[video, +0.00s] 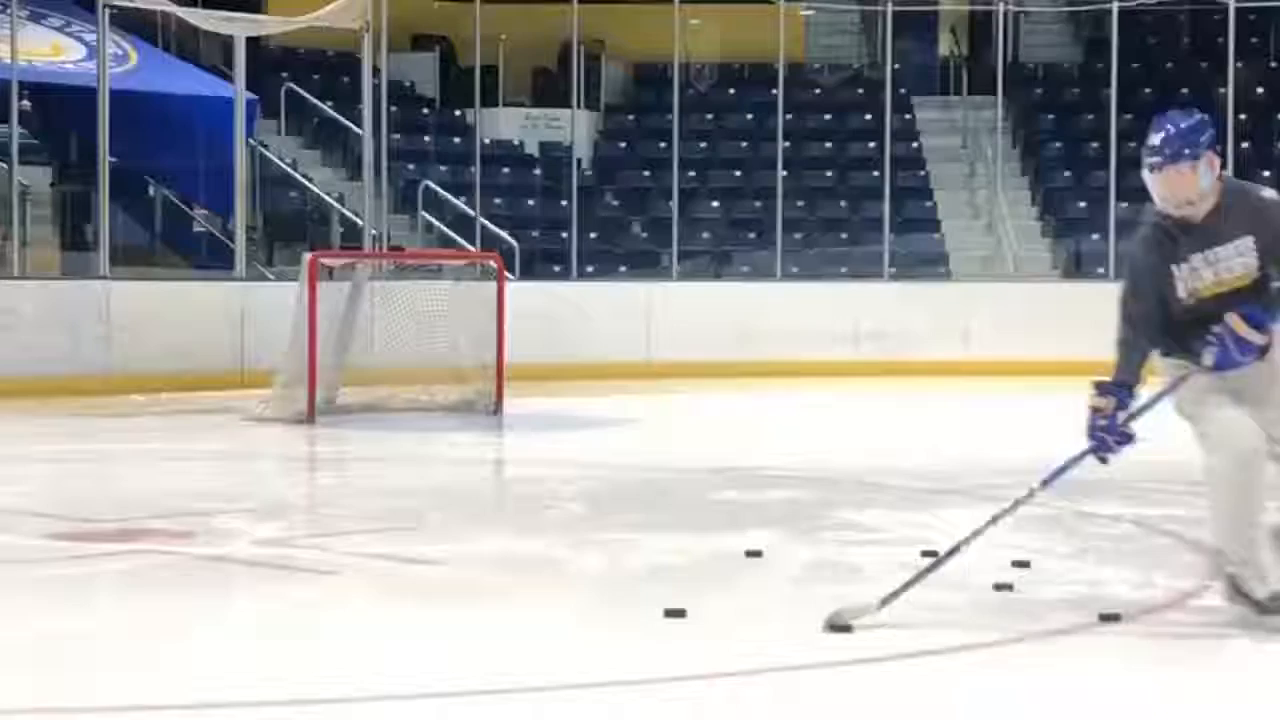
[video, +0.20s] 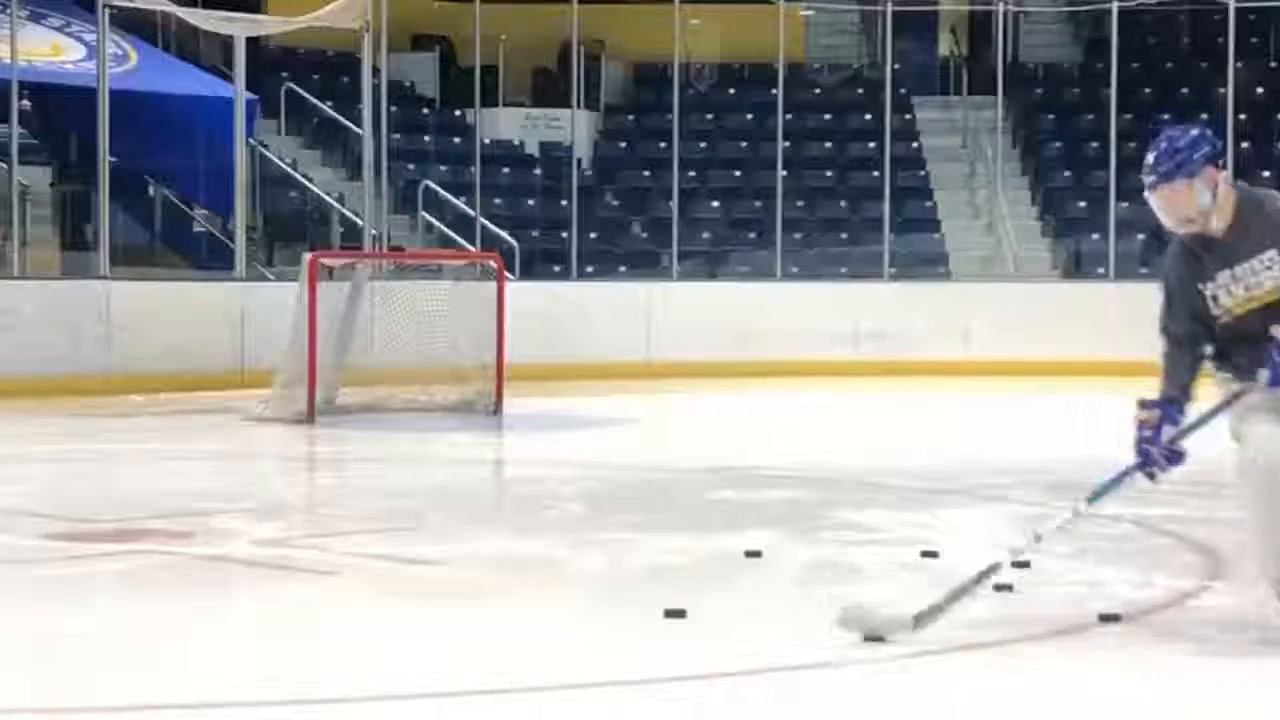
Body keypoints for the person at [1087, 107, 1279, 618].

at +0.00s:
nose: (1172, 186)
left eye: (1182, 170)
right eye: (1160, 174)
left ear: (1213, 164)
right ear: (1148, 178)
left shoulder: (1260, 210)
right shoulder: (1151, 243)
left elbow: (1278, 272)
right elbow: (1137, 328)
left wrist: (1264, 314)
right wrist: (1116, 397)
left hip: (1262, 361)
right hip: (1195, 373)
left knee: (1272, 445)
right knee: (1240, 444)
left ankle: (1257, 550)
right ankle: (1243, 563)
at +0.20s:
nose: (1171, 208)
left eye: (1178, 190)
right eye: (1160, 195)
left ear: (1214, 178)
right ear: (1152, 197)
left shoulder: (1269, 212)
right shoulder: (1184, 262)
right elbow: (1182, 342)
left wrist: (1272, 350)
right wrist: (1167, 412)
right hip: (1252, 382)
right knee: (1263, 448)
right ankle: (1272, 579)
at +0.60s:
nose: (1080, 209)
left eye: (1080, 190)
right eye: (1072, 196)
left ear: (1113, 172)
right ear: (1112, 178)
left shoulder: (1209, 203)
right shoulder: (1149, 265)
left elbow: (1266, 273)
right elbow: (1167, 366)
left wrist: (1218, 340)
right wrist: (1128, 432)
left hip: (1271, 385)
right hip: (1245, 399)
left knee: (1263, 523)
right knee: (1260, 526)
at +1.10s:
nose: (744, 189)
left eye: (748, 171)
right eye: (741, 174)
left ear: (776, 164)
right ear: (797, 164)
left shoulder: (817, 208)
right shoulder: (841, 206)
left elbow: (822, 317)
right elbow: (808, 359)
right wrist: (751, 443)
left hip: (902, 379)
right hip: (946, 377)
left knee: (805, 502)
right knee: (925, 539)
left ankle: (879, 655)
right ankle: (1008, 677)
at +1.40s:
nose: (449, 165)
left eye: (453, 154)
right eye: (451, 153)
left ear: (475, 153)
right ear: (512, 152)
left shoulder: (482, 195)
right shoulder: (542, 200)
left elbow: (448, 280)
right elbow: (536, 296)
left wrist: (442, 344)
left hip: (552, 369)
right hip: (611, 375)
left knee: (456, 505)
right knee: (575, 548)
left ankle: (507, 652)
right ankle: (704, 617)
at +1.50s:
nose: (376, 162)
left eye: (380, 153)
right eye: (383, 152)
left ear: (388, 149)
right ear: (437, 151)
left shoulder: (383, 190)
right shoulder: (463, 205)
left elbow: (349, 279)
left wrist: (346, 341)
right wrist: (394, 350)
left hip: (440, 366)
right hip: (506, 375)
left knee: (352, 499)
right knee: (457, 541)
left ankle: (385, 649)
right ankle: (575, 607)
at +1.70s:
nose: (320, 167)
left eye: (319, 156)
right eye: (318, 156)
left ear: (257, 142)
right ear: (307, 152)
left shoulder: (217, 183)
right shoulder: (319, 209)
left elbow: (163, 257)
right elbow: (324, 291)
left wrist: (204, 312)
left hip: (238, 358)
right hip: (311, 364)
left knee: (168, 498)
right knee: (264, 505)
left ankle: (179, 636)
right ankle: (337, 585)